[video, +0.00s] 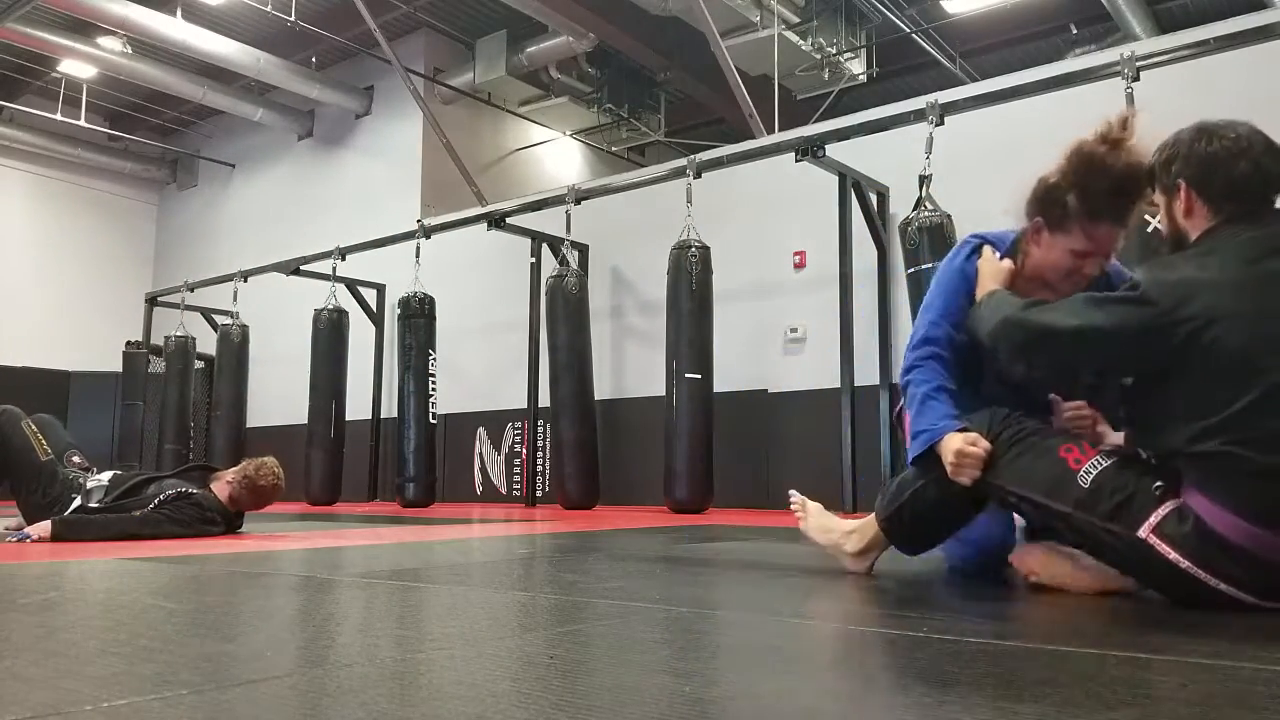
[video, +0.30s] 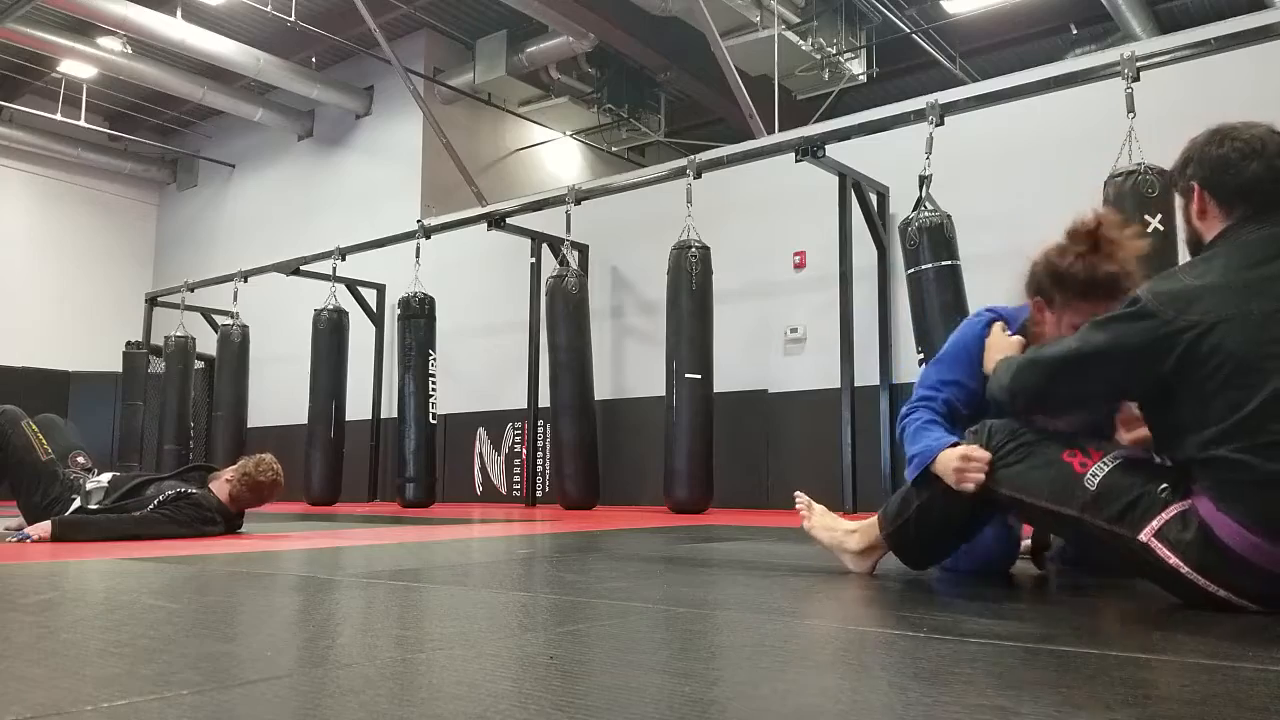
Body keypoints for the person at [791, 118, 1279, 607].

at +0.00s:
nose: (1160, 222)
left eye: (1165, 207)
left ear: (1189, 204)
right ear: (1268, 195)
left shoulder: (1176, 290)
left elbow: (1025, 342)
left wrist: (989, 293)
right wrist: (1119, 434)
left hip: (1208, 553)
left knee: (1003, 433)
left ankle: (864, 534)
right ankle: (1099, 563)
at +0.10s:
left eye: (1166, 207)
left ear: (1189, 205)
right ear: (1271, 194)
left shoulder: (1175, 294)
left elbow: (1011, 363)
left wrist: (985, 328)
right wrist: (1121, 438)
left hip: (1218, 556)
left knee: (983, 442)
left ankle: (860, 538)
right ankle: (1073, 551)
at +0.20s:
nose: (1081, 334)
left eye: (1093, 319)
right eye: (1068, 318)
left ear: (1107, 308)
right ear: (1026, 299)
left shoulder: (1102, 351)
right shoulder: (966, 328)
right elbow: (911, 414)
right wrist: (928, 465)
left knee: (1089, 555)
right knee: (982, 554)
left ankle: (1050, 548)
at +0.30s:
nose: (1093, 341)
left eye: (1105, 328)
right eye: (1080, 329)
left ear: (1121, 316)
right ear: (1042, 312)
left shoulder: (1116, 354)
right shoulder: (986, 331)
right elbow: (922, 412)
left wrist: (1135, 435)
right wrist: (939, 456)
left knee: (1115, 552)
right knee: (985, 553)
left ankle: (1052, 546)